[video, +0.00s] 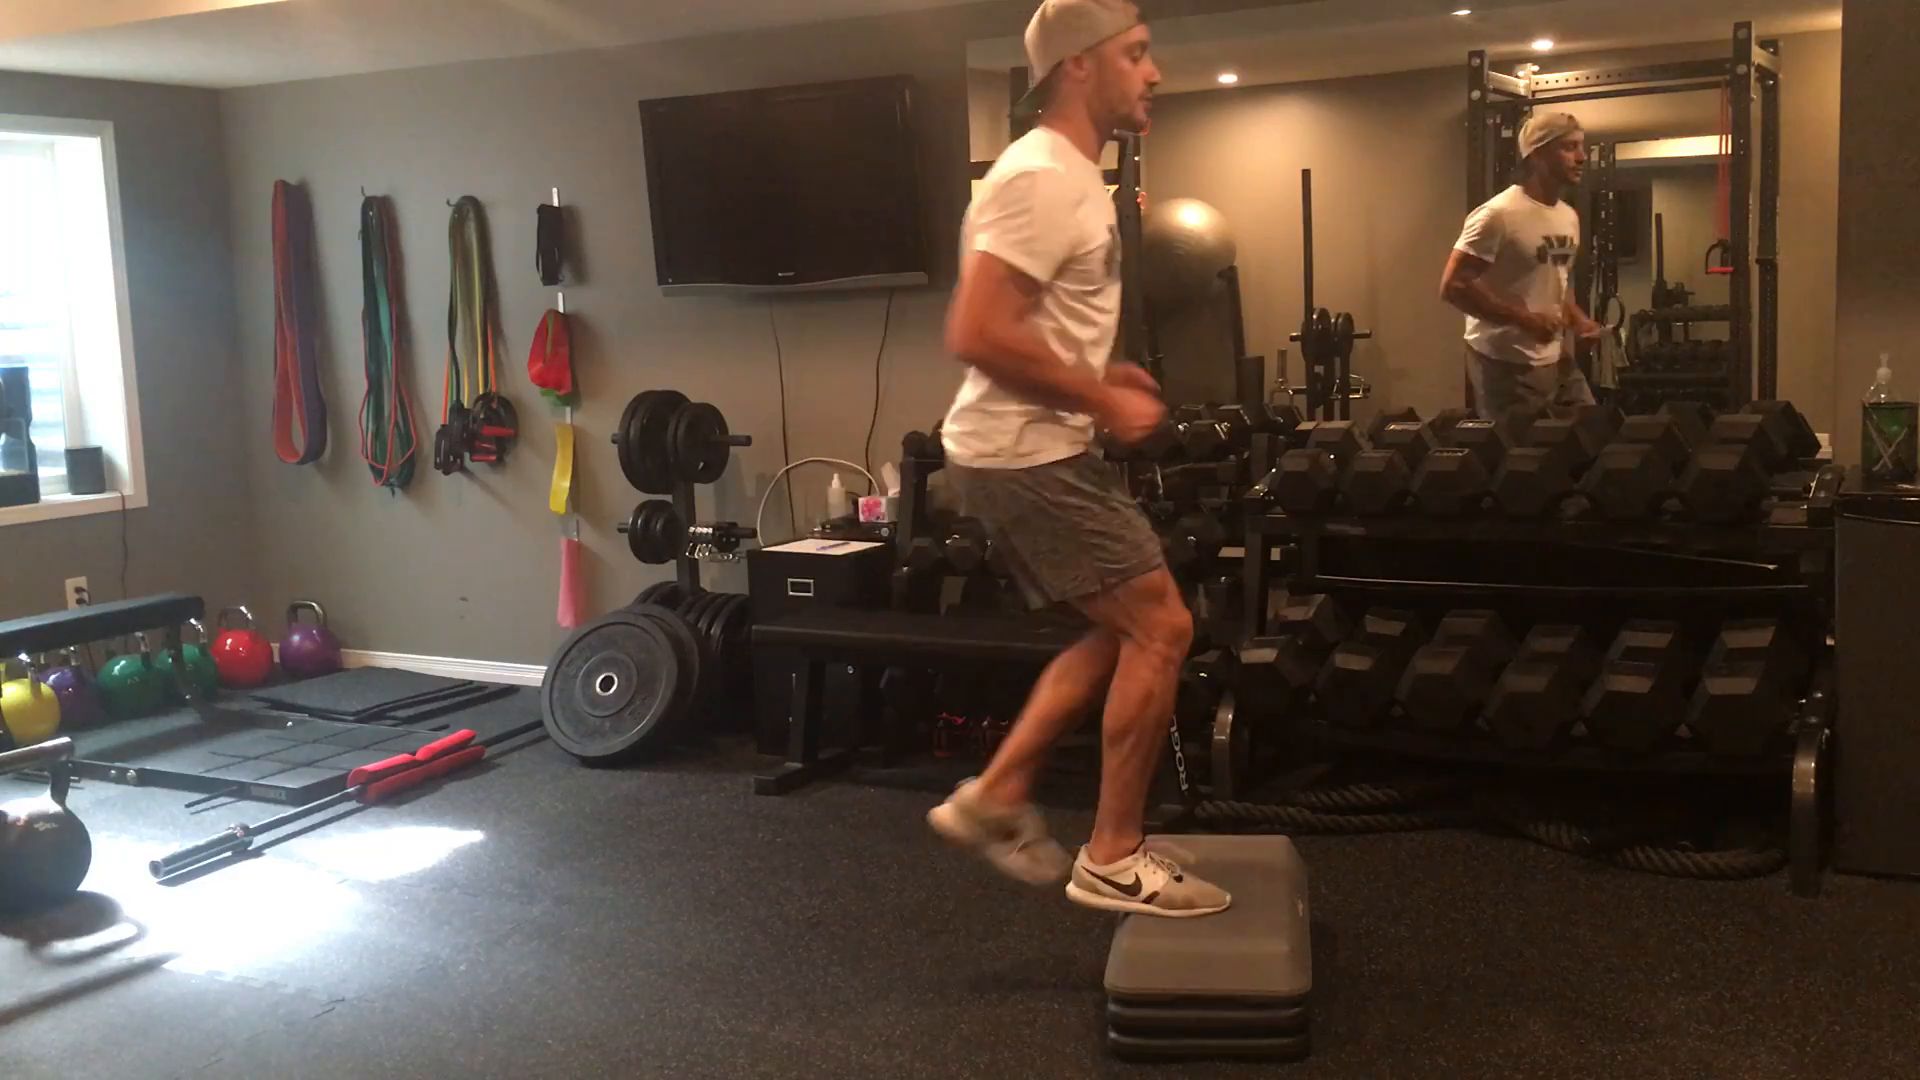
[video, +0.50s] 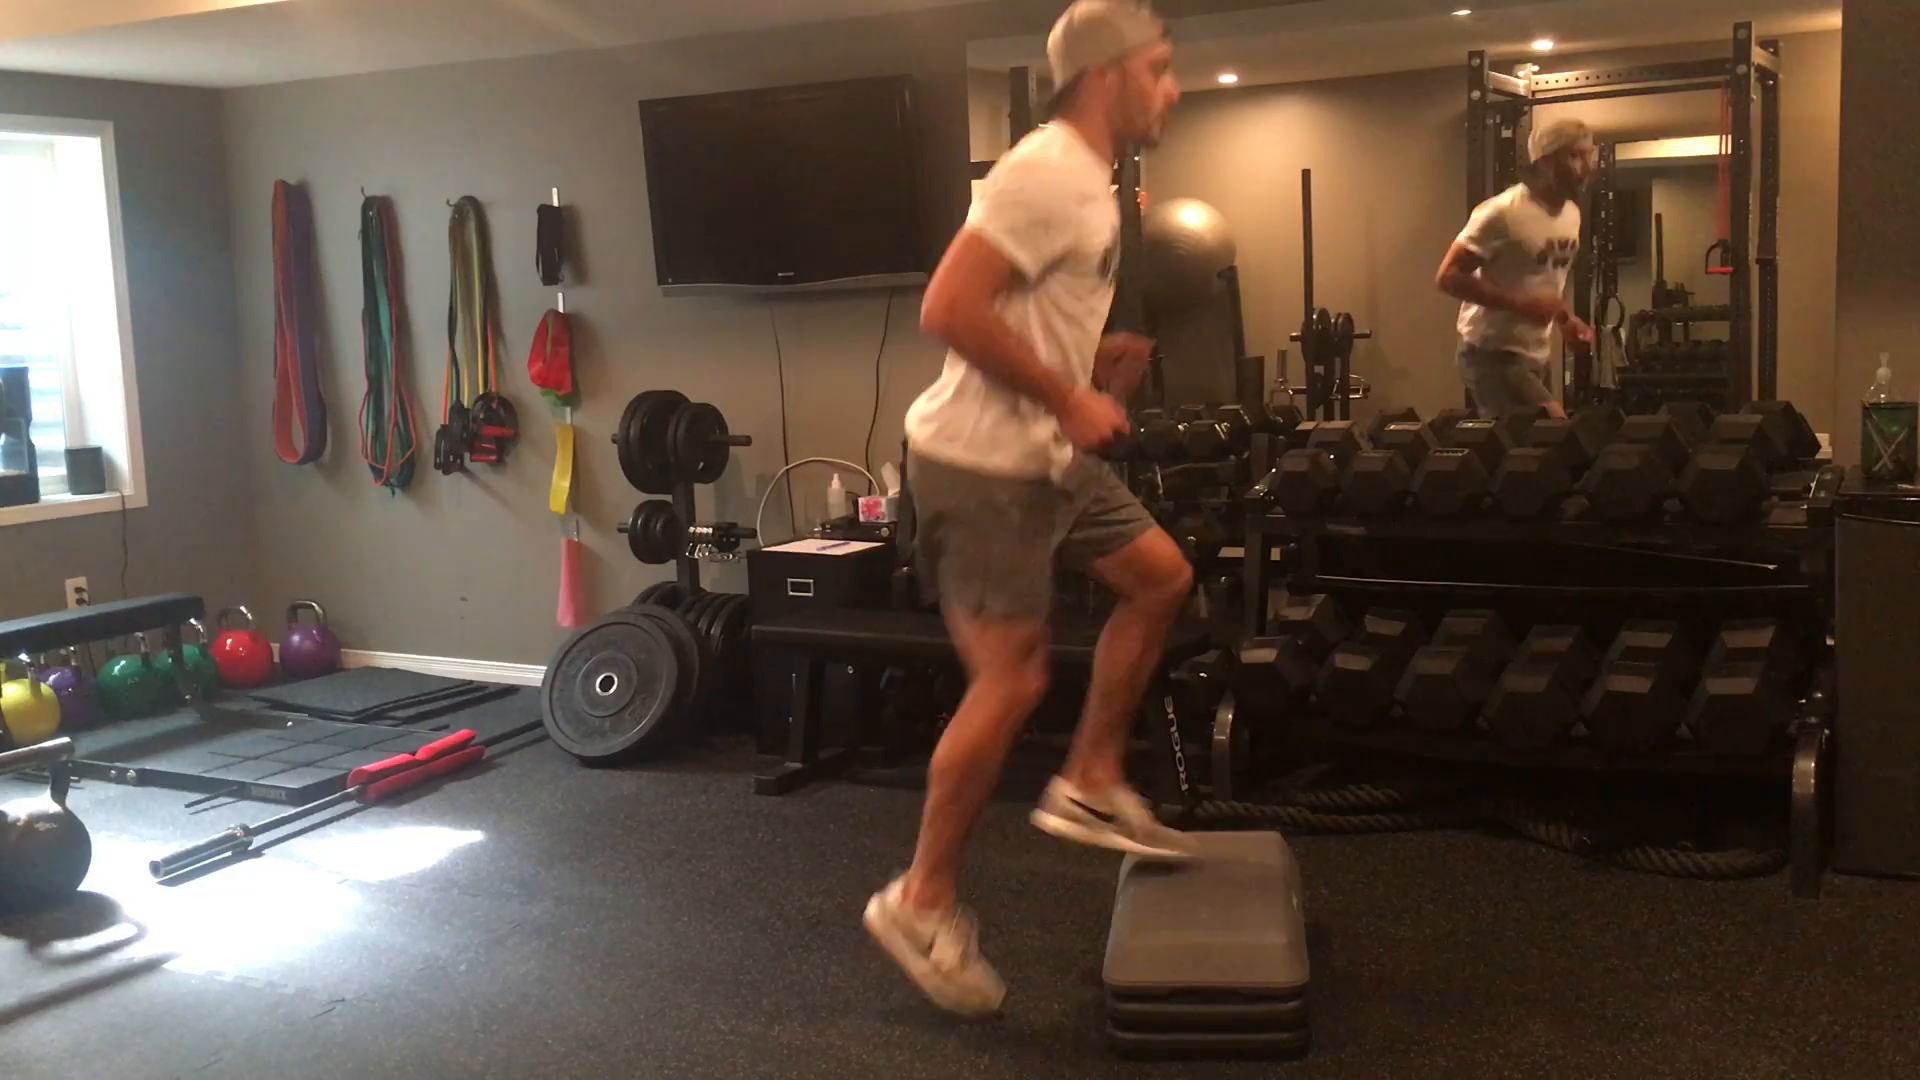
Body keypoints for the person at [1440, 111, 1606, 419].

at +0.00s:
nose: (1582, 157)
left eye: (1582, 147)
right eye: (1570, 147)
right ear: (1537, 153)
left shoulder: (1568, 217)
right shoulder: (1496, 216)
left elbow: (1555, 286)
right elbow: (1453, 287)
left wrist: (1578, 319)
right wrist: (1522, 317)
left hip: (1557, 364)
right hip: (1504, 367)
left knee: (1589, 441)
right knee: (1514, 461)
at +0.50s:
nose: (1584, 168)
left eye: (1586, 157)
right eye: (1574, 156)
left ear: (1588, 160)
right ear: (1544, 159)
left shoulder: (1571, 214)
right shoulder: (1501, 212)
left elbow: (1546, 284)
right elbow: (1449, 277)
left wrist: (1566, 319)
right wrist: (1523, 305)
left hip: (1534, 359)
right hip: (1492, 358)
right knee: (1557, 438)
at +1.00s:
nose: (1591, 185)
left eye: (1591, 174)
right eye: (1581, 175)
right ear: (1550, 182)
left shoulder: (1569, 234)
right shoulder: (1507, 236)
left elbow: (1550, 300)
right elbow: (1473, 308)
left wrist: (1567, 337)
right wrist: (1554, 317)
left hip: (1546, 372)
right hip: (1497, 382)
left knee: (1602, 412)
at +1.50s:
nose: (1598, 149)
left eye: (1597, 139)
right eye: (1585, 139)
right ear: (1553, 146)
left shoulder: (1576, 201)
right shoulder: (1518, 207)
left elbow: (1556, 278)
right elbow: (1477, 283)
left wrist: (1586, 300)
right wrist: (1557, 303)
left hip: (1562, 348)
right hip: (1513, 353)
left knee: (1605, 424)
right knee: (1525, 456)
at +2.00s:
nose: (1576, 196)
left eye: (1575, 186)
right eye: (1564, 186)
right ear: (1532, 194)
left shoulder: (1557, 249)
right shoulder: (1492, 254)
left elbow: (1542, 325)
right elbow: (1448, 325)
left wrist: (1568, 370)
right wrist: (1514, 367)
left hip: (1545, 404)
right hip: (1496, 407)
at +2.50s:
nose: (1607, 123)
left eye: (1607, 114)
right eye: (1595, 113)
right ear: (1562, 124)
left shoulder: (1595, 186)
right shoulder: (1524, 188)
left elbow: (1580, 257)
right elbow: (1482, 261)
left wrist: (1615, 281)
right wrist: (1554, 294)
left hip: (1582, 332)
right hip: (1533, 334)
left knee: (1598, 421)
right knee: (1571, 425)